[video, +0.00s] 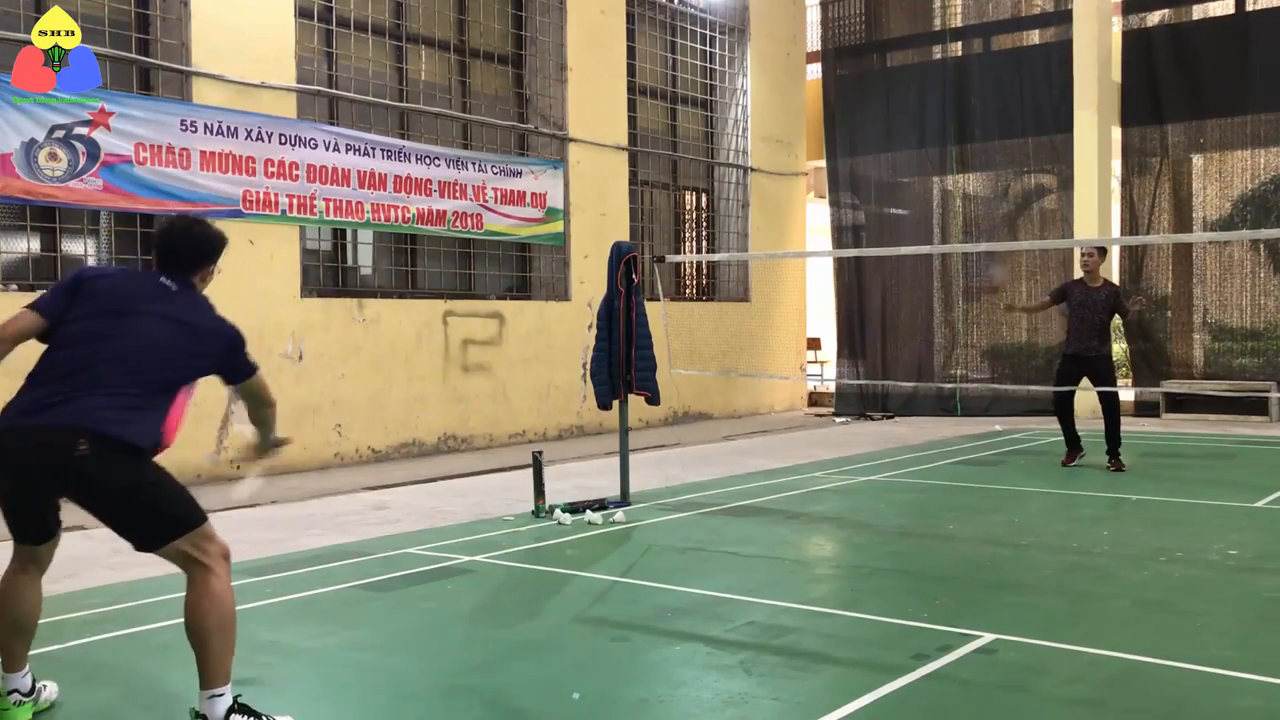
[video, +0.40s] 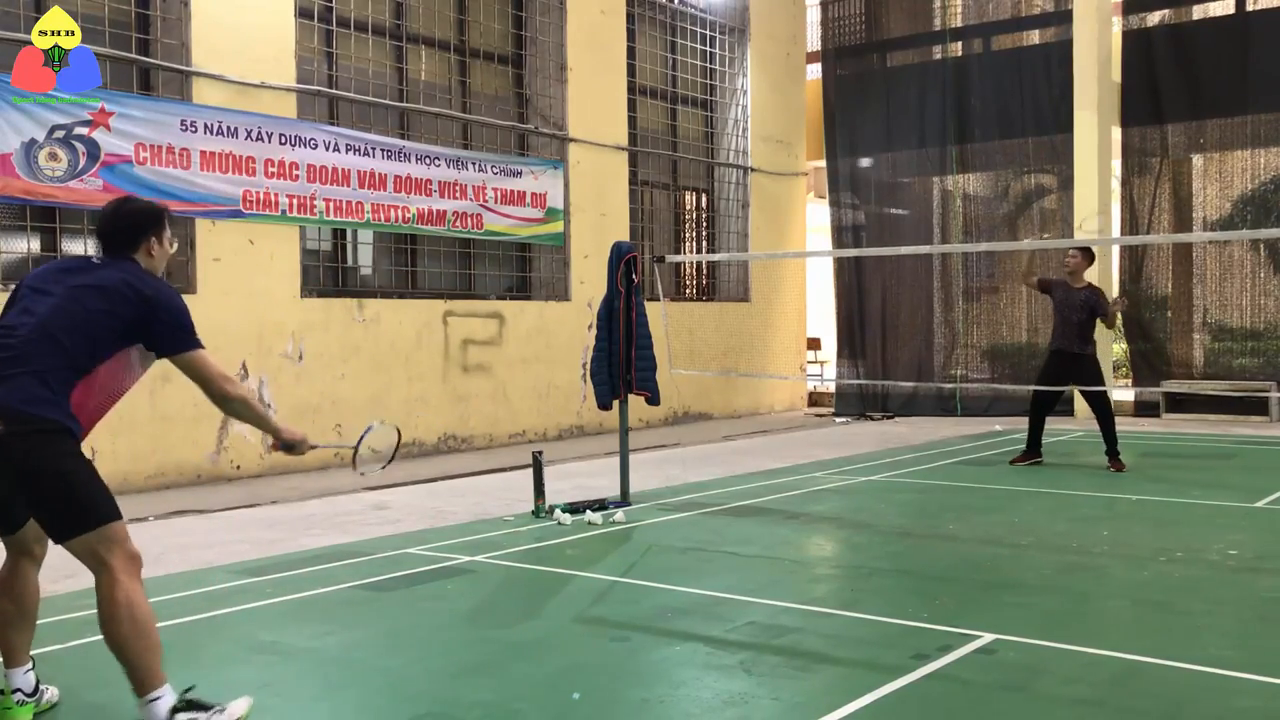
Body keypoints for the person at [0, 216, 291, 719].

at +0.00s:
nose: (213, 276)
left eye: (215, 269)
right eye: (214, 269)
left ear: (156, 256)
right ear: (205, 271)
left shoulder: (91, 281)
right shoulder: (209, 326)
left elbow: (8, 333)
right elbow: (261, 399)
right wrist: (267, 440)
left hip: (21, 439)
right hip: (104, 449)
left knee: (29, 555)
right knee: (208, 559)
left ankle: (14, 688)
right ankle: (217, 706)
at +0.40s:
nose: (171, 249)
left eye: (170, 238)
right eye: (168, 239)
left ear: (106, 242)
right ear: (150, 243)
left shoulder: (47, 272)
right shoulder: (149, 293)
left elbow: (14, 346)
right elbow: (222, 389)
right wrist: (276, 429)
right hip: (32, 426)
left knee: (24, 547)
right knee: (118, 560)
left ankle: (18, 687)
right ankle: (162, 706)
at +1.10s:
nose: (157, 228)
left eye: (158, 219)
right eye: (158, 220)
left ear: (95, 212)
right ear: (148, 224)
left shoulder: (18, 248)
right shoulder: (144, 282)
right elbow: (246, 320)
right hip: (30, 438)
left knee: (8, 551)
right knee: (97, 565)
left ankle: (8, 681)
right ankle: (104, 711)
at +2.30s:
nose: (93, 164)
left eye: (90, 153)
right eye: (89, 154)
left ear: (26, 165)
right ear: (73, 163)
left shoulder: (3, 216)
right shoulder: (81, 238)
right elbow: (177, 304)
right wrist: (271, 334)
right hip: (28, 420)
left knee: (5, 546)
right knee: (99, 549)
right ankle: (107, 697)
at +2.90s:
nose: (185, 148)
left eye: (181, 136)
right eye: (179, 138)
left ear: (114, 152)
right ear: (164, 151)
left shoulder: (63, 208)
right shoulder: (184, 236)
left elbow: (3, 269)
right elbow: (272, 317)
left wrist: (37, 314)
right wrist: (323, 311)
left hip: (25, 408)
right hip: (106, 420)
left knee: (7, 552)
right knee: (158, 556)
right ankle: (168, 706)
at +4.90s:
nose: (228, 165)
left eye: (227, 156)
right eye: (226, 157)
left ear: (159, 159)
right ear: (215, 163)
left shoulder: (100, 212)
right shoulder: (235, 240)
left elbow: (10, 270)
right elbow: (332, 271)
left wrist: (2, 334)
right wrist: (418, 286)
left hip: (61, 411)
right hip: (148, 422)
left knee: (28, 542)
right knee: (198, 546)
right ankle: (203, 699)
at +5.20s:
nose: (177, 181)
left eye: (175, 168)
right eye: (173, 169)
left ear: (113, 175)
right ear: (152, 174)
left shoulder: (56, 227)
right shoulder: (156, 243)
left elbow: (1, 288)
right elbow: (238, 308)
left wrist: (13, 347)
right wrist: (331, 337)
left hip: (15, 431)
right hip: (85, 438)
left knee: (5, 551)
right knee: (158, 557)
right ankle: (198, 700)